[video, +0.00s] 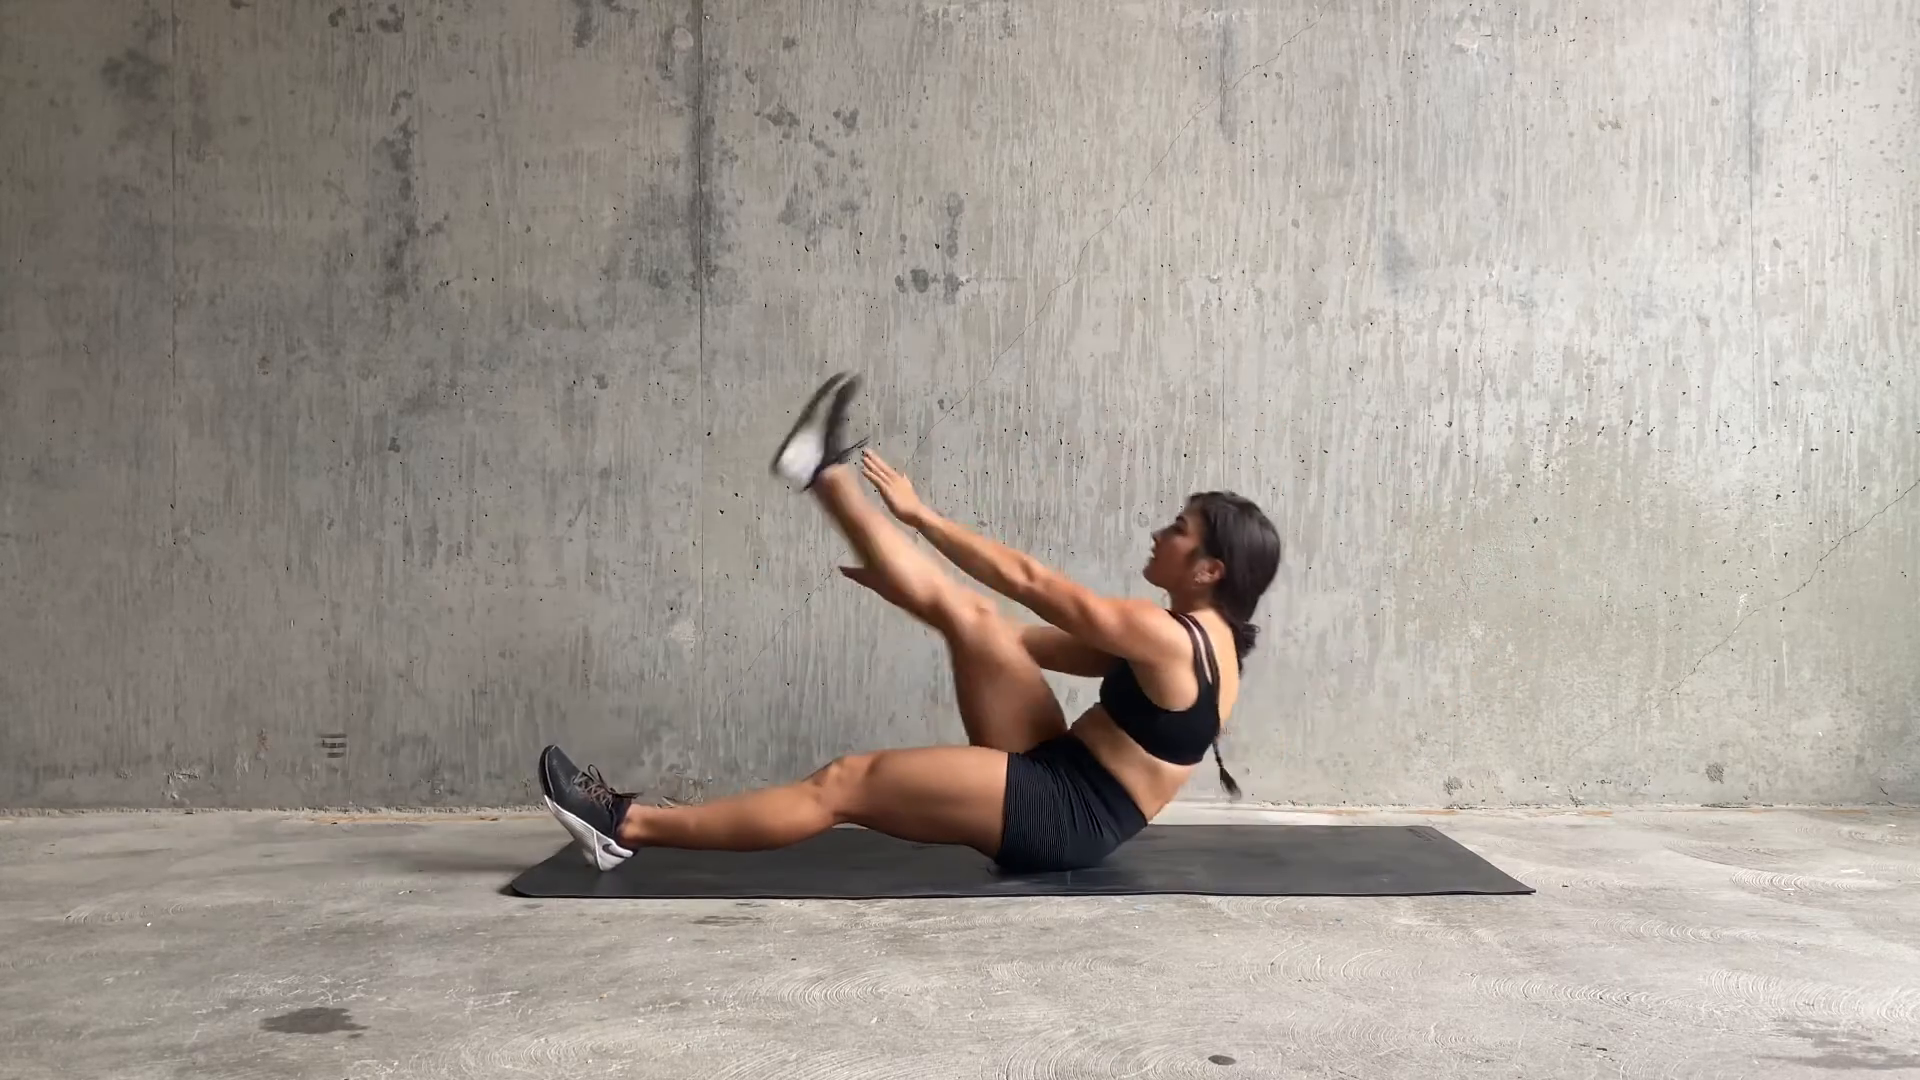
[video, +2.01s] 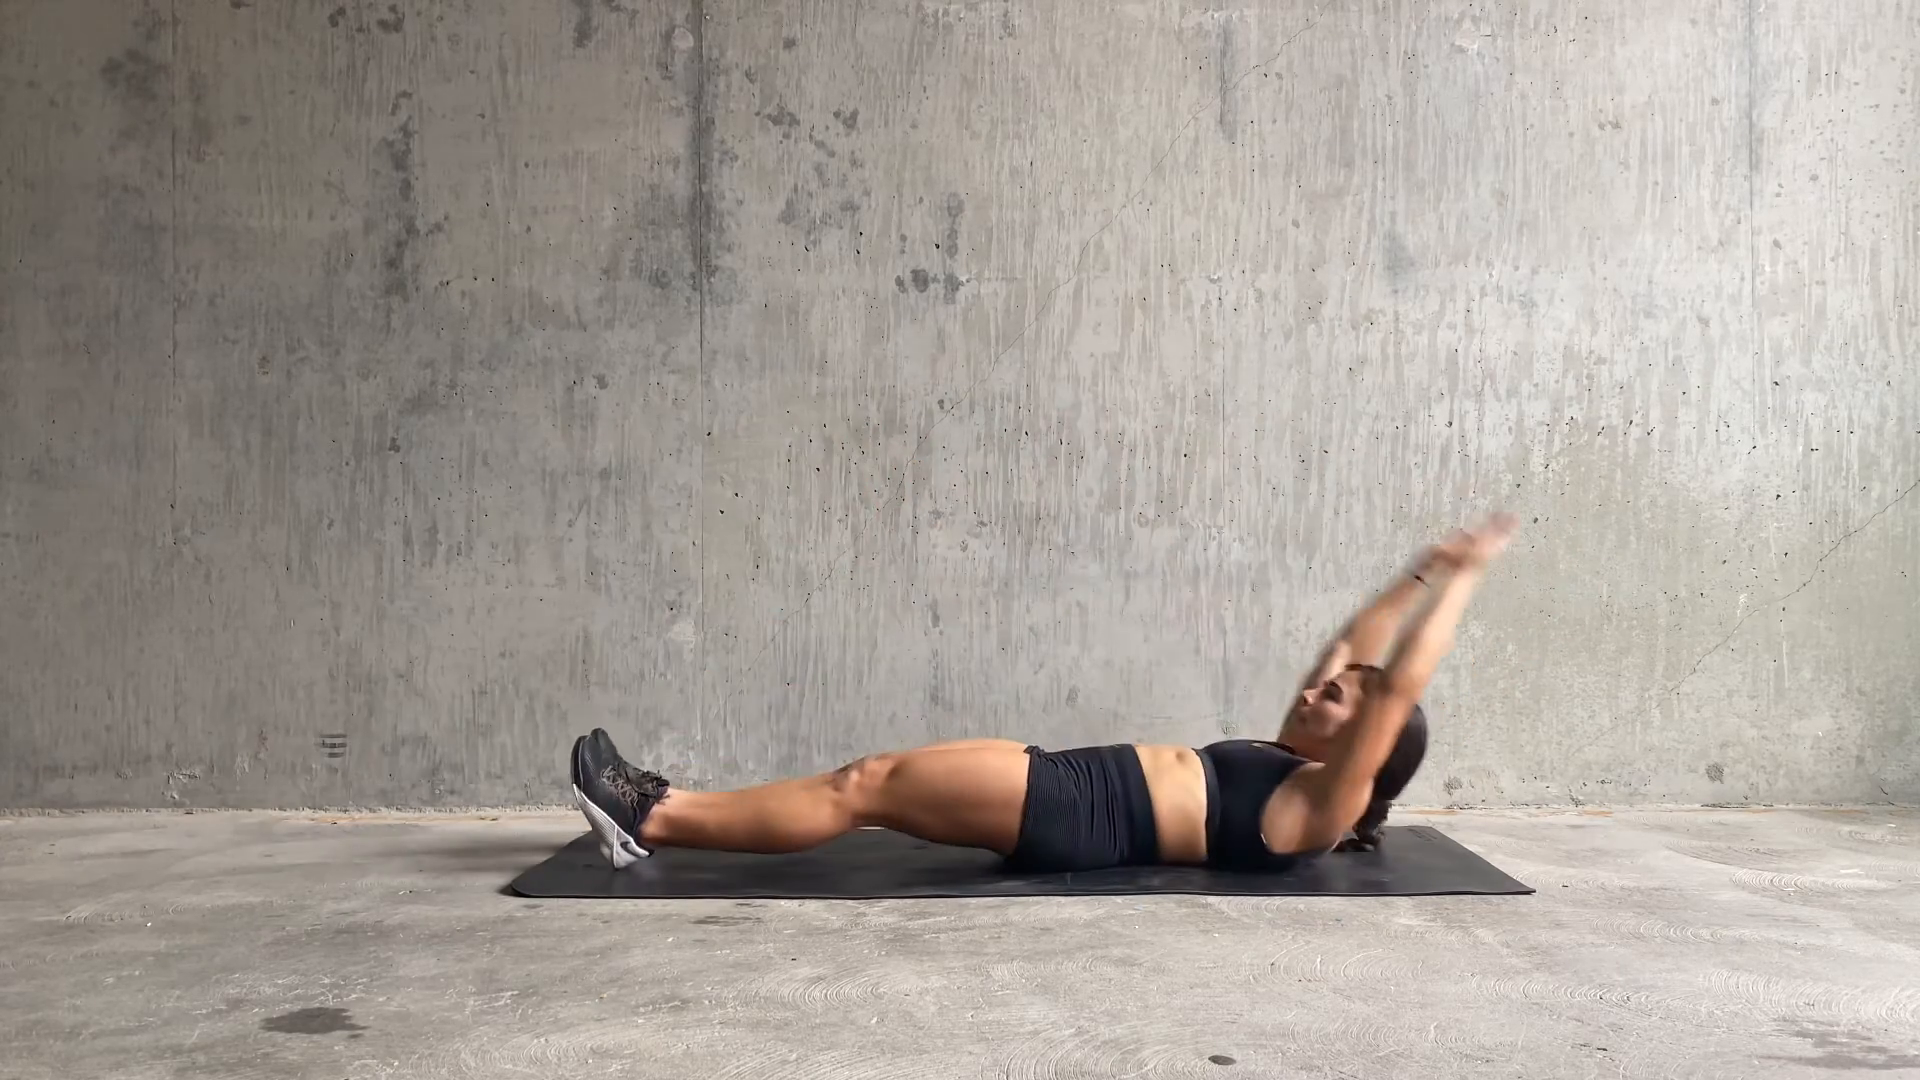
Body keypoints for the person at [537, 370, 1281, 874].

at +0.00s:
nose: (1161, 536)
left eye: (1178, 531)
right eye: (1173, 525)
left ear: (1209, 567)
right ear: (1215, 575)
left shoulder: (1164, 634)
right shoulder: (1192, 639)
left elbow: (1030, 579)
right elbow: (1032, 642)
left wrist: (922, 512)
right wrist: (905, 588)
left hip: (1063, 811)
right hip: (1064, 777)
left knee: (844, 786)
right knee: (970, 618)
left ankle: (630, 824)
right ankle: (823, 469)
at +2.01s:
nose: (1315, 696)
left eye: (1339, 695)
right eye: (1326, 681)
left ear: (1369, 729)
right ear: (1319, 693)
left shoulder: (1321, 807)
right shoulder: (1297, 773)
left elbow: (1399, 689)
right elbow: (1353, 657)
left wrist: (1457, 581)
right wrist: (1419, 573)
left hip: (1087, 807)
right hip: (1082, 781)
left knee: (873, 787)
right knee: (877, 777)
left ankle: (656, 822)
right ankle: (671, 814)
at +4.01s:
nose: (1195, 581)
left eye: (1212, 576)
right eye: (1204, 570)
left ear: (1249, 611)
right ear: (1237, 608)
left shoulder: (1228, 685)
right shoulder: (1199, 655)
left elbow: (1090, 644)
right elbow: (1081, 608)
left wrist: (966, 581)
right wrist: (973, 528)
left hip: (1070, 818)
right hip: (1051, 796)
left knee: (938, 648)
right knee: (851, 767)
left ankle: (768, 512)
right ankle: (649, 810)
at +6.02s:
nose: (1243, 620)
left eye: (1263, 619)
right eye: (1255, 610)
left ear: (1298, 654)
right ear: (1290, 647)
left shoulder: (1258, 706)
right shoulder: (1242, 697)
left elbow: (1151, 615)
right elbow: (1119, 627)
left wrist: (1067, 504)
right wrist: (1041, 529)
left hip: (1068, 812)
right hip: (1066, 773)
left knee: (852, 790)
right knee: (893, 674)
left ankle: (635, 827)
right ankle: (701, 610)